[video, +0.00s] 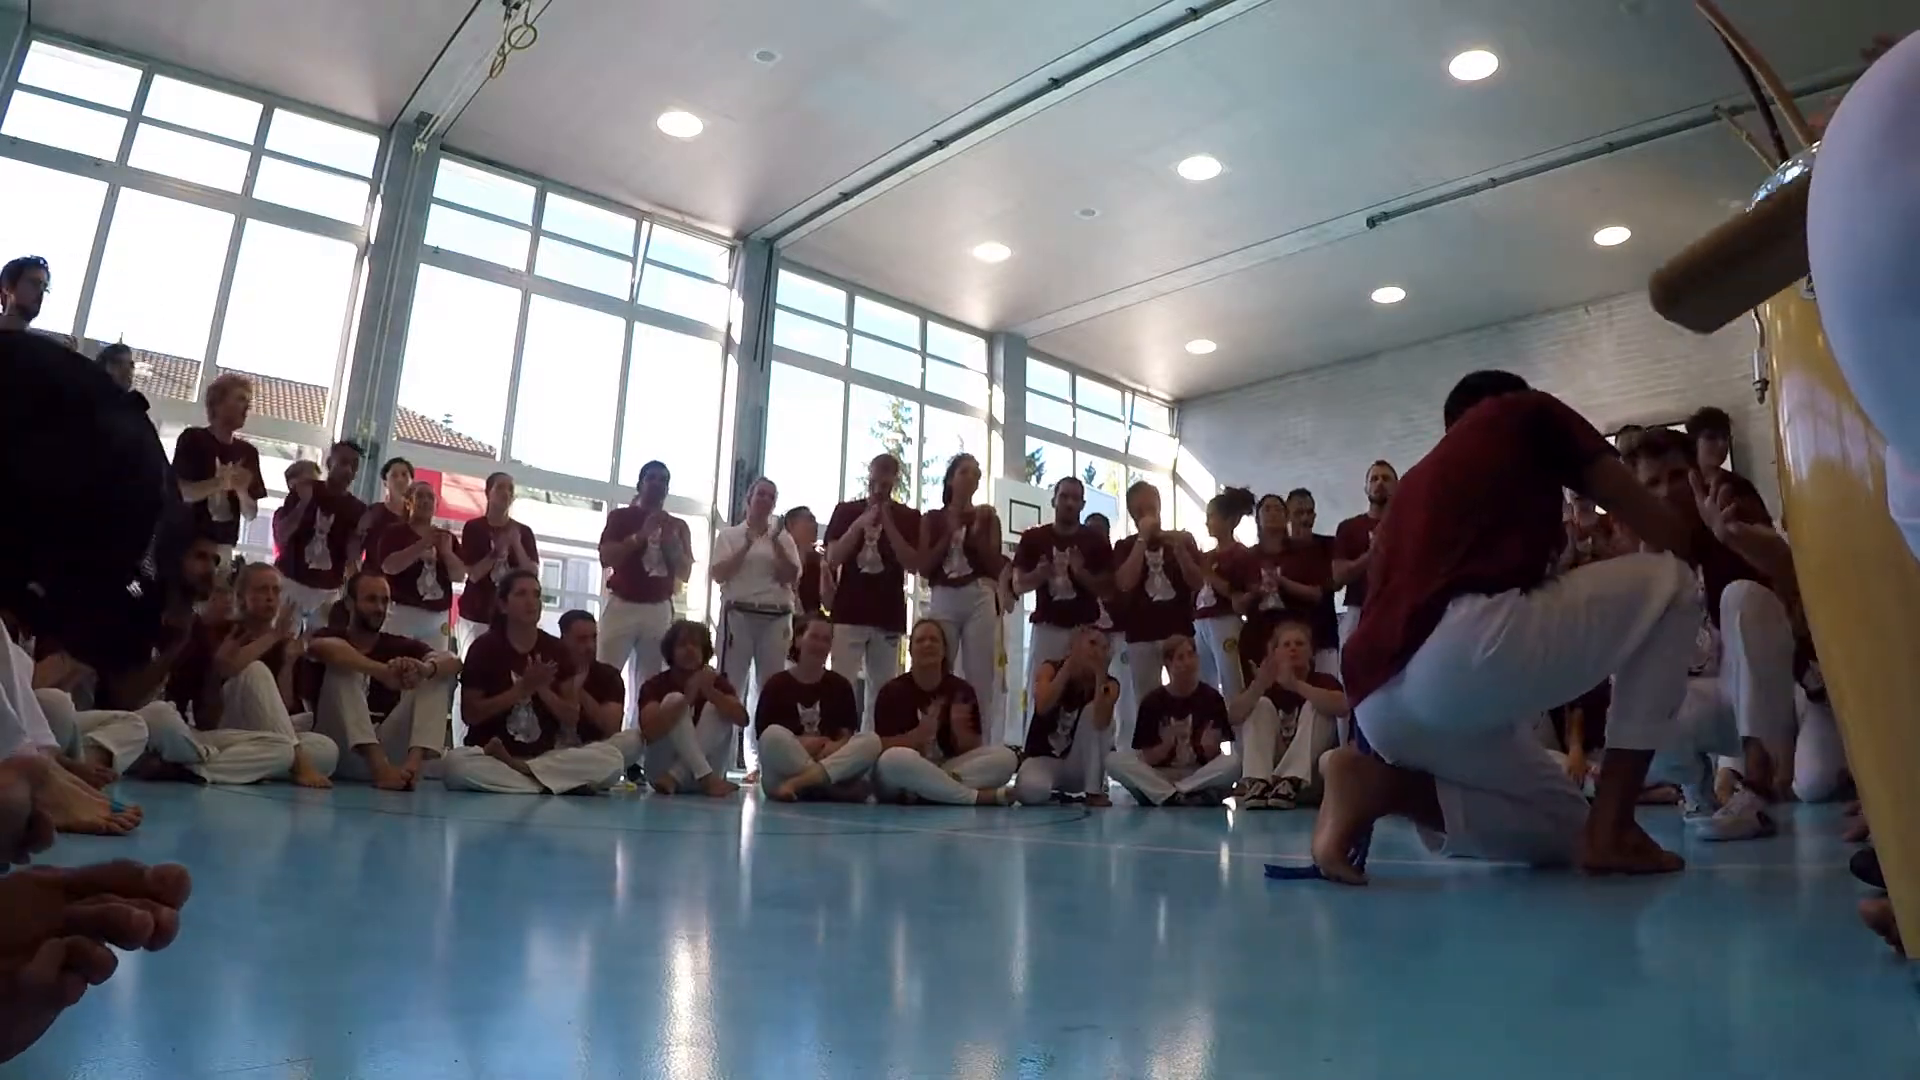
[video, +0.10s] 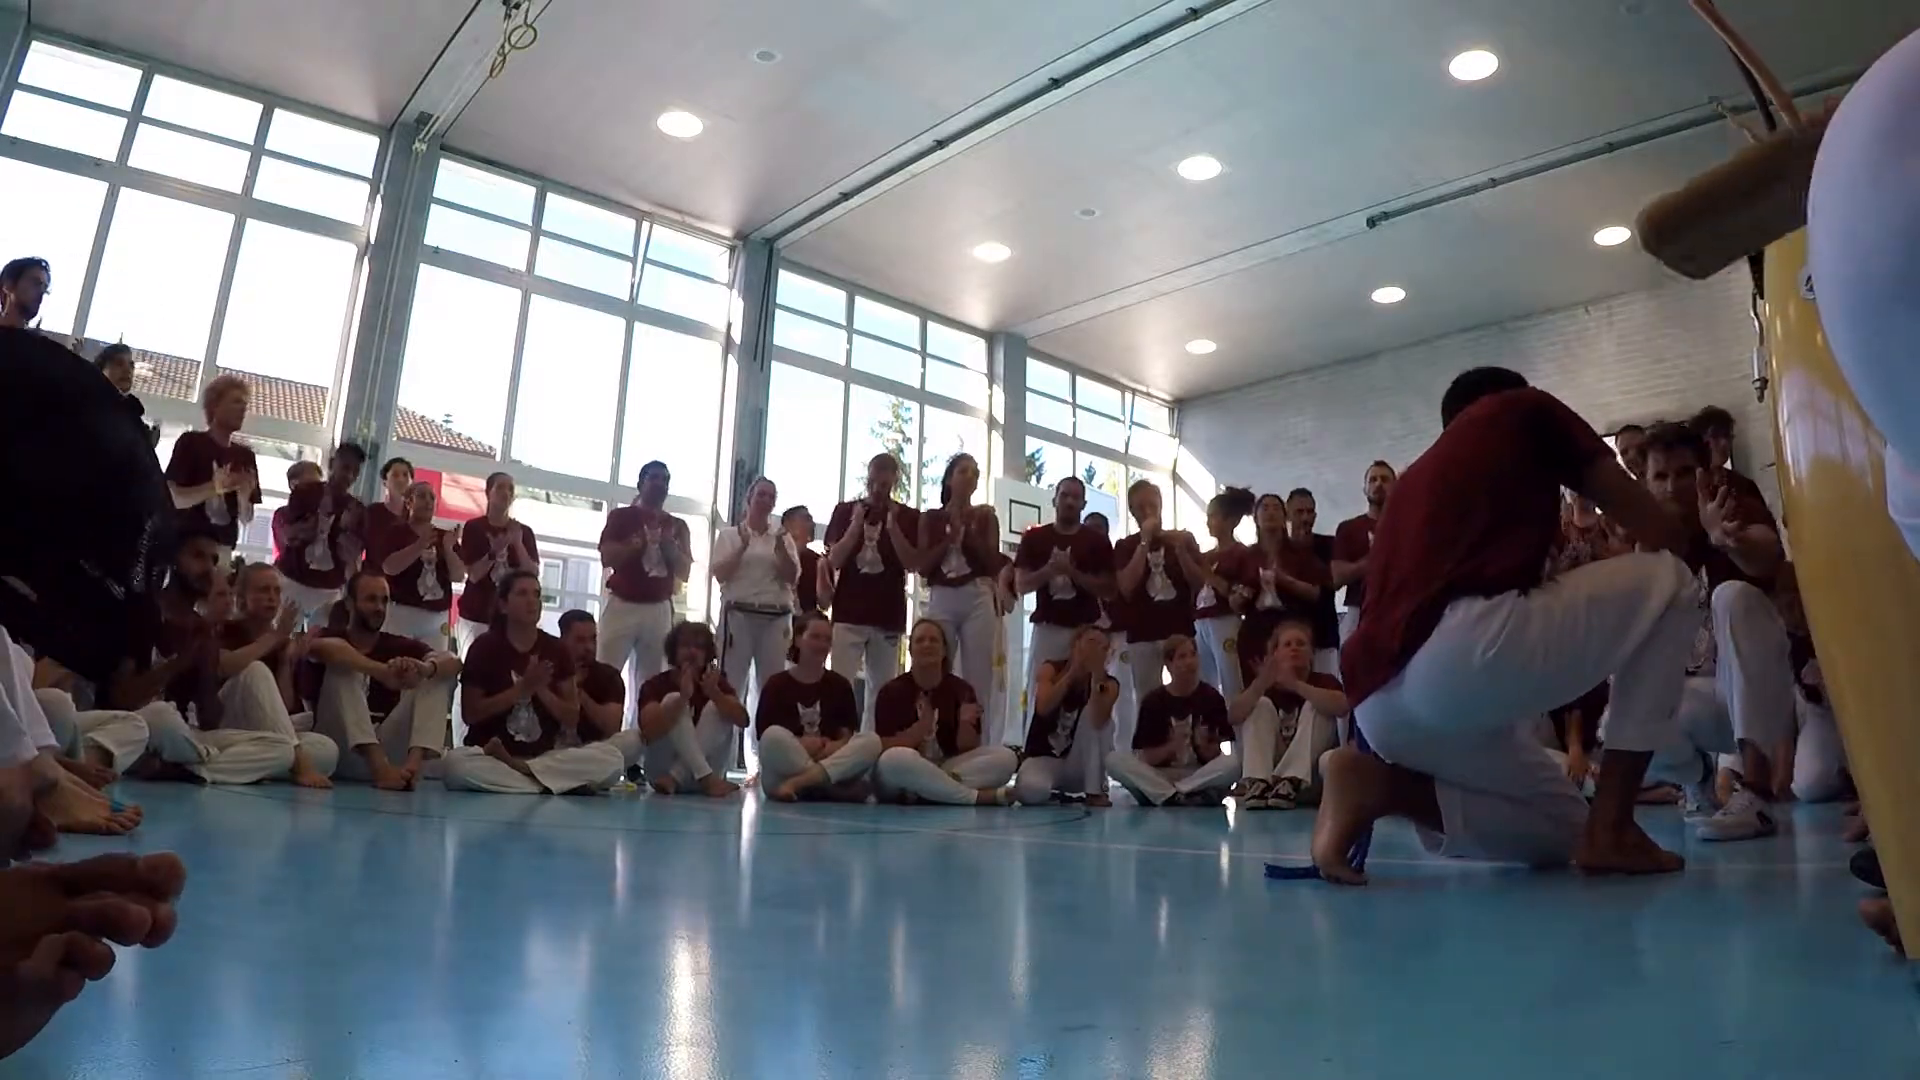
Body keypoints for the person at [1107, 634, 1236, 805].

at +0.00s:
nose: (1187, 662)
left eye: (1191, 655)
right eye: (1180, 657)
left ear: (1198, 659)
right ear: (1168, 664)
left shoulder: (1212, 697)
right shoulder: (1152, 700)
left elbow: (1214, 755)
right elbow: (1147, 758)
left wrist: (1208, 748)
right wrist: (1167, 745)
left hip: (1199, 772)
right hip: (1160, 773)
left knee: (1232, 762)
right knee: (1114, 759)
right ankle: (1172, 795)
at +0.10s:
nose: (1190, 662)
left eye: (1193, 655)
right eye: (1182, 657)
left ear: (1198, 658)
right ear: (1169, 664)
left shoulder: (1212, 697)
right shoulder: (1153, 700)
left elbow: (1215, 755)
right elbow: (1146, 757)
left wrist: (1204, 745)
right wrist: (1172, 746)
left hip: (1200, 772)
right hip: (1161, 773)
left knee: (1233, 763)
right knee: (1113, 759)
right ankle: (1171, 796)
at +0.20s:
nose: (1190, 661)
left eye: (1193, 655)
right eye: (1182, 656)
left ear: (1198, 658)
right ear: (1169, 665)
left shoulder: (1212, 697)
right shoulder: (1153, 700)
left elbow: (1214, 754)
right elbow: (1145, 756)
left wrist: (1194, 741)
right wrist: (1178, 746)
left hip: (1200, 771)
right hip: (1161, 773)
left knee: (1232, 763)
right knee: (1113, 760)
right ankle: (1172, 796)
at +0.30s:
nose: (1190, 661)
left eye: (1194, 655)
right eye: (1182, 656)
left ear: (1199, 658)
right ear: (1169, 665)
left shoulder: (1212, 698)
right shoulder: (1154, 700)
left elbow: (1214, 754)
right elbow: (1145, 756)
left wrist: (1194, 740)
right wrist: (1178, 746)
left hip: (1201, 772)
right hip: (1161, 773)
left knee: (1232, 763)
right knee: (1114, 761)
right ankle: (1172, 796)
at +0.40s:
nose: (1191, 662)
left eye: (1194, 655)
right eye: (1183, 656)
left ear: (1199, 658)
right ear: (1171, 665)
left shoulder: (1213, 698)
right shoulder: (1154, 700)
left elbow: (1217, 755)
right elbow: (1143, 757)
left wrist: (1206, 750)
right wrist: (1168, 746)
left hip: (1199, 772)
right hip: (1160, 773)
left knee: (1232, 763)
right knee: (1114, 760)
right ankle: (1172, 796)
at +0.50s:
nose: (1191, 661)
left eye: (1194, 655)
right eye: (1183, 657)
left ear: (1200, 659)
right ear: (1170, 665)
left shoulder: (1212, 698)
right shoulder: (1154, 700)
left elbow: (1217, 756)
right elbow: (1143, 757)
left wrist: (1207, 749)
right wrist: (1168, 747)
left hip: (1200, 771)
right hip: (1161, 773)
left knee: (1232, 763)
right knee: (1114, 760)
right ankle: (1172, 796)